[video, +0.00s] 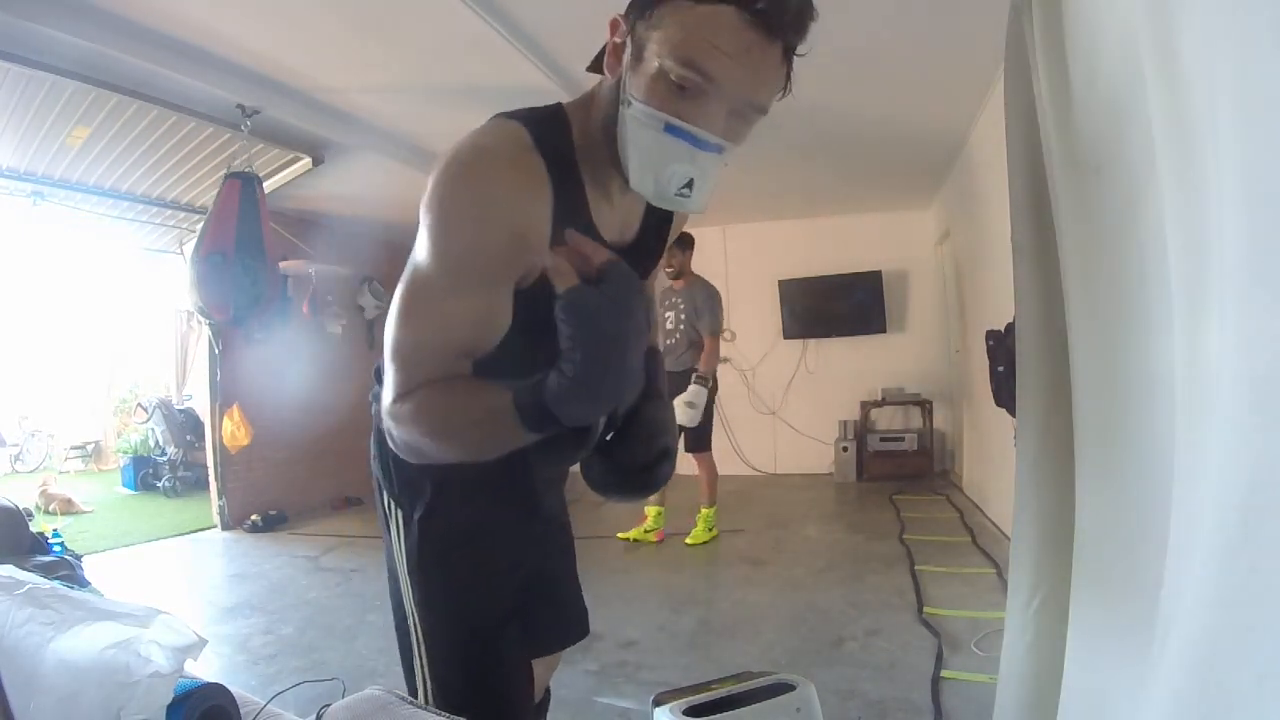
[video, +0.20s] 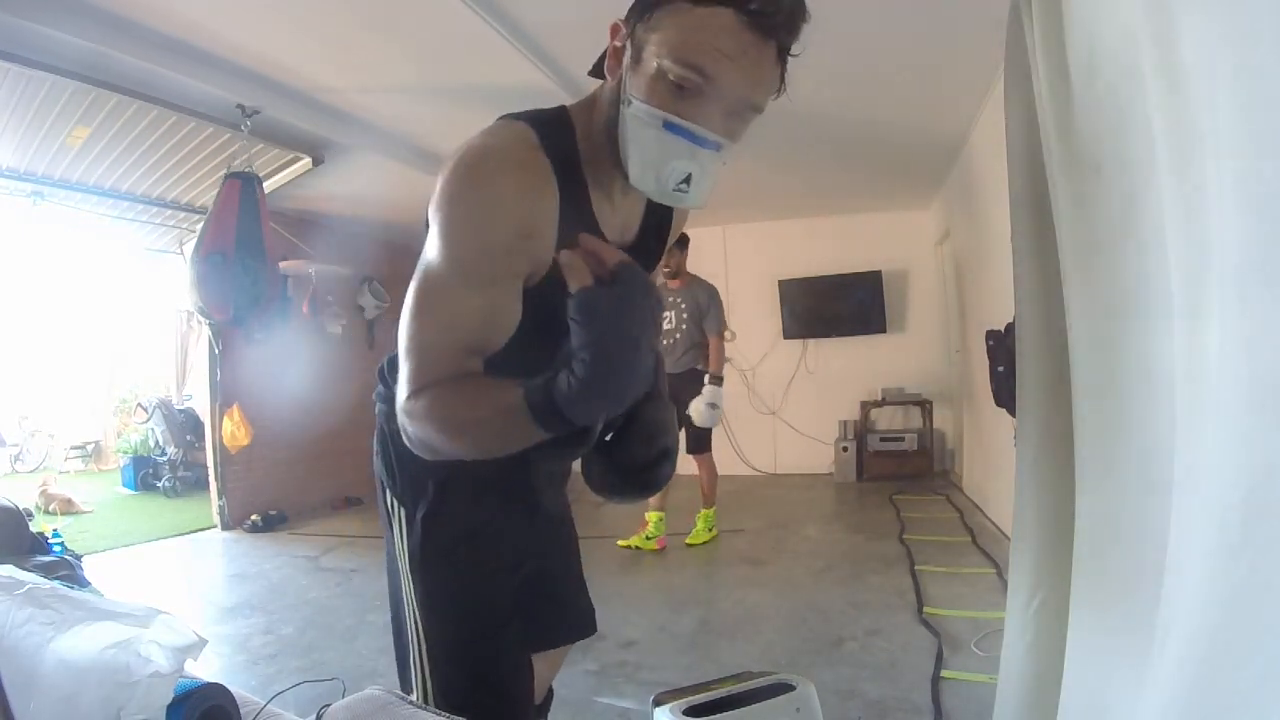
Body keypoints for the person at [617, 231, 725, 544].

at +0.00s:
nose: (667, 264)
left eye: (674, 258)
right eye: (664, 258)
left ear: (689, 256)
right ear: (660, 258)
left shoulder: (705, 293)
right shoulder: (660, 293)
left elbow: (712, 346)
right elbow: (653, 336)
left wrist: (700, 386)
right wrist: (646, 374)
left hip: (696, 377)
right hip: (663, 377)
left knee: (700, 451)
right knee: (658, 448)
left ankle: (707, 519)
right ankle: (653, 521)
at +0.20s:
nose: (666, 262)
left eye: (672, 255)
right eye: (661, 256)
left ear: (685, 254)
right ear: (655, 257)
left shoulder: (704, 292)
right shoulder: (650, 293)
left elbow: (716, 341)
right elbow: (640, 339)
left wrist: (713, 387)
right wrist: (637, 381)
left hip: (694, 380)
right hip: (658, 381)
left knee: (700, 452)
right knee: (658, 452)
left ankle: (707, 518)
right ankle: (654, 527)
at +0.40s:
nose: (653, 259)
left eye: (658, 252)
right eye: (649, 253)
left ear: (670, 251)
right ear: (645, 257)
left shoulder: (696, 289)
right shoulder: (643, 292)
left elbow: (715, 335)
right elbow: (633, 339)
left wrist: (729, 378)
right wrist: (628, 383)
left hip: (687, 380)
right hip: (651, 381)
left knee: (694, 451)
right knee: (655, 454)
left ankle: (706, 518)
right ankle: (657, 530)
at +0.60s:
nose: (647, 258)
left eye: (650, 251)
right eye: (641, 253)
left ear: (659, 252)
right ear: (633, 258)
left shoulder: (679, 285)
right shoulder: (628, 290)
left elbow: (705, 329)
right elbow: (620, 337)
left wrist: (727, 370)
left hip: (676, 379)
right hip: (642, 381)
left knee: (682, 455)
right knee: (649, 455)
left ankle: (703, 515)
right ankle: (656, 530)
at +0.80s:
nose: (645, 259)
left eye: (649, 253)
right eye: (640, 254)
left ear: (656, 255)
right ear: (632, 258)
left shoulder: (669, 284)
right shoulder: (623, 290)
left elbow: (691, 329)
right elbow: (615, 336)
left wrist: (705, 372)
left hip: (666, 378)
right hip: (631, 378)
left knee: (666, 456)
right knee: (641, 454)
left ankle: (691, 508)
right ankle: (655, 530)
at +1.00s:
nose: (635, 259)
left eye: (640, 252)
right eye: (629, 255)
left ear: (651, 252)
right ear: (621, 259)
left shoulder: (665, 284)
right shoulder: (614, 290)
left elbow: (684, 330)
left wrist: (679, 371)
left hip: (656, 381)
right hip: (623, 385)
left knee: (660, 456)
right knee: (638, 456)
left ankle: (673, 523)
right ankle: (654, 528)